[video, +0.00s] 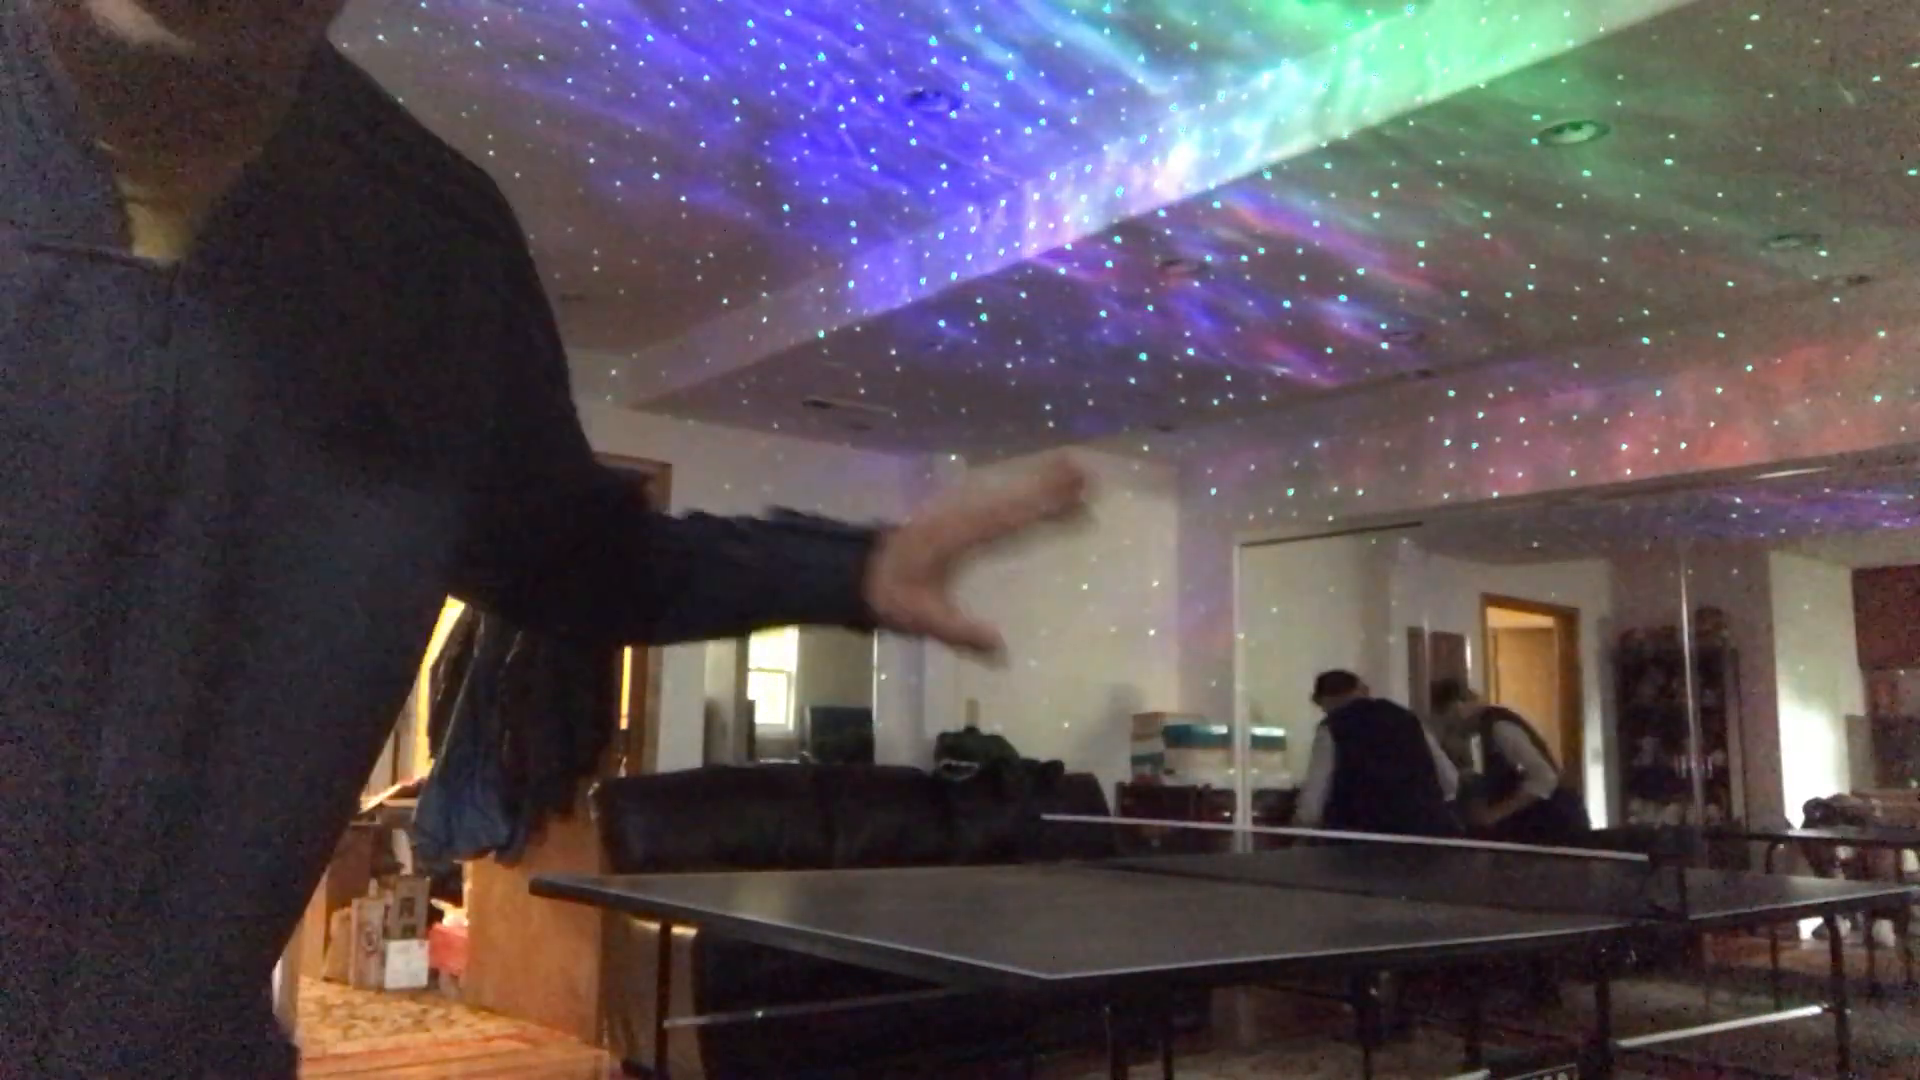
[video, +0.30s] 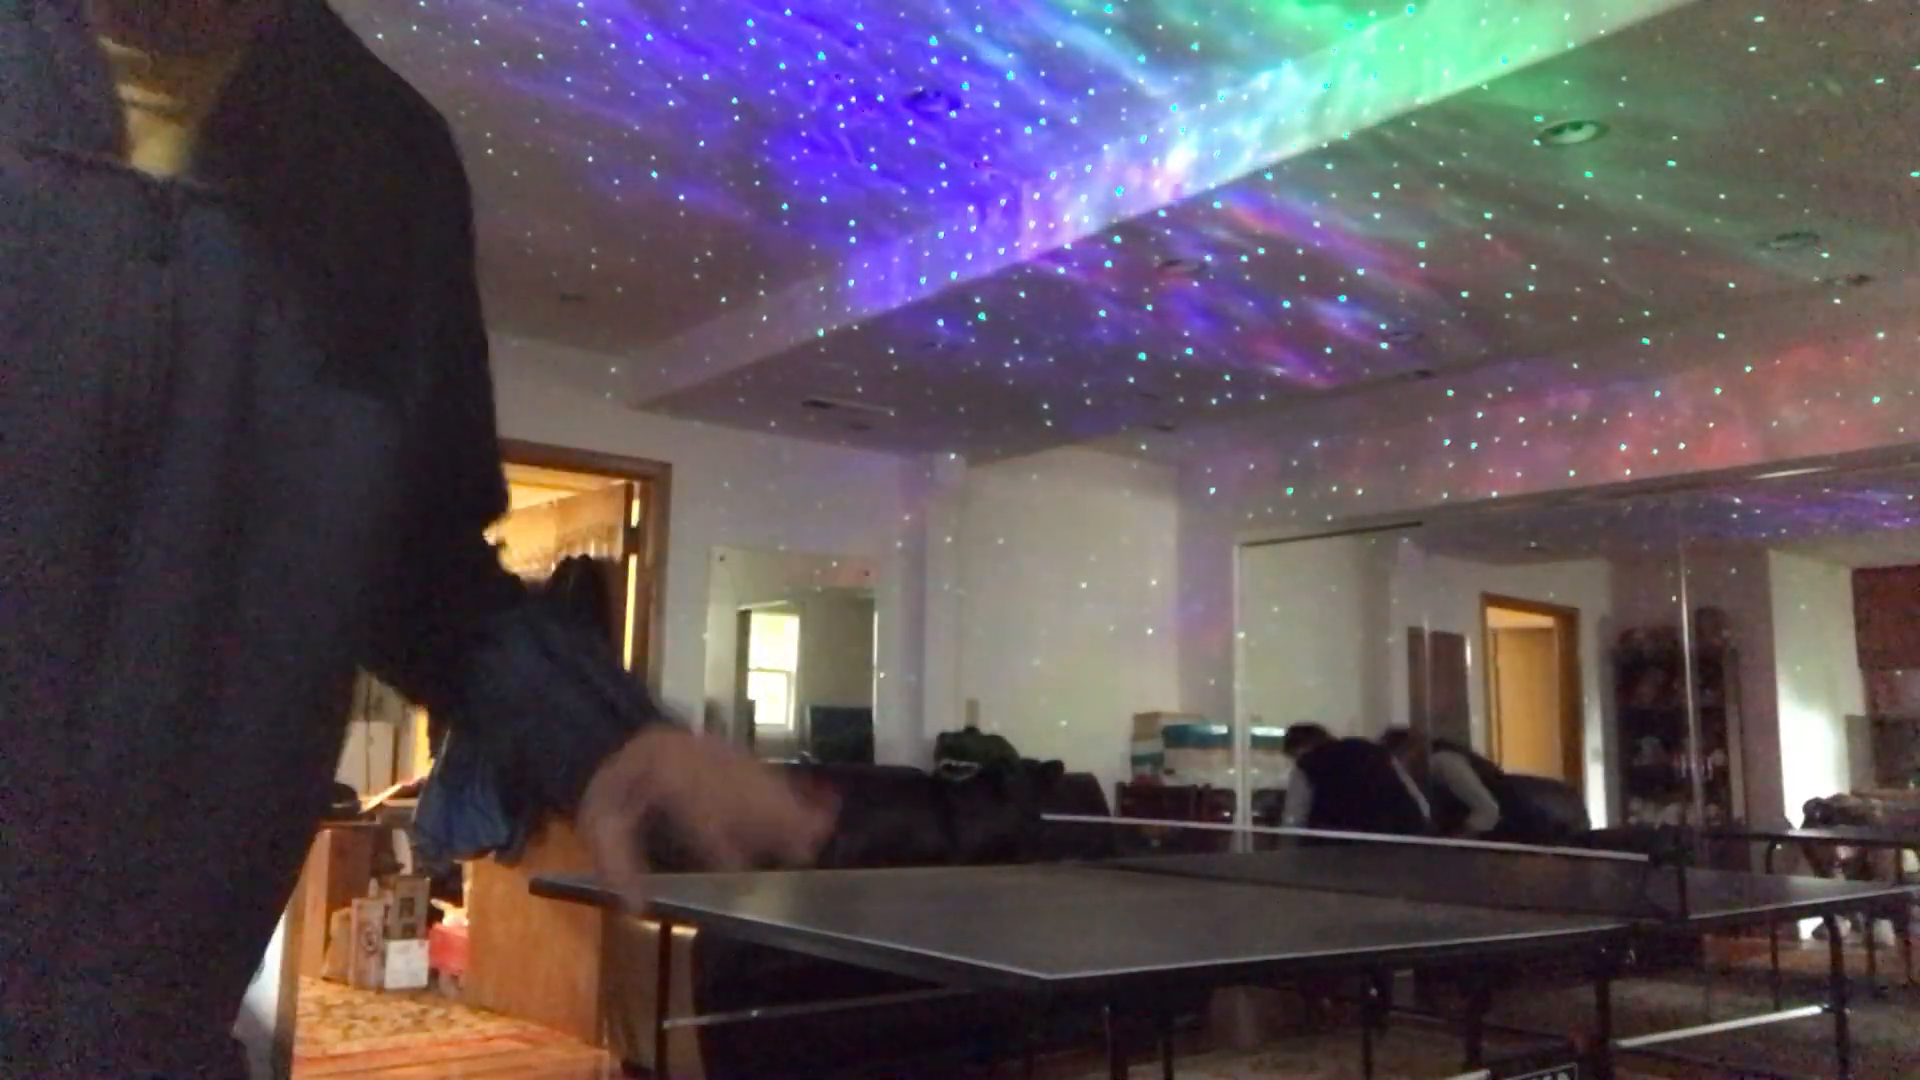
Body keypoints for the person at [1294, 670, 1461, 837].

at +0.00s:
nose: (1324, 712)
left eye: (1322, 707)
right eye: (1322, 708)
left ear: (1325, 701)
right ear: (1362, 689)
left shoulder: (1331, 728)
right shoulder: (1406, 716)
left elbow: (1311, 808)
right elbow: (1449, 779)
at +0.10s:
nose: (1315, 721)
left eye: (1314, 716)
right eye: (1313, 717)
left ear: (1317, 710)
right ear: (1353, 699)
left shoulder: (1322, 735)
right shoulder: (1394, 722)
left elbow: (1303, 802)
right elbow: (1438, 786)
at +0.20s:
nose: (1307, 741)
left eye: (1305, 735)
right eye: (1304, 736)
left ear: (1309, 726)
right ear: (1341, 715)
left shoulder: (1315, 751)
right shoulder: (1390, 735)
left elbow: (1297, 814)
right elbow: (1429, 796)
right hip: (1406, 838)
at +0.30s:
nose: (1296, 761)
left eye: (1294, 756)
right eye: (1293, 757)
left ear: (1297, 749)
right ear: (1327, 736)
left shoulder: (1305, 767)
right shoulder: (1373, 750)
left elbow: (1293, 822)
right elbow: (1420, 805)